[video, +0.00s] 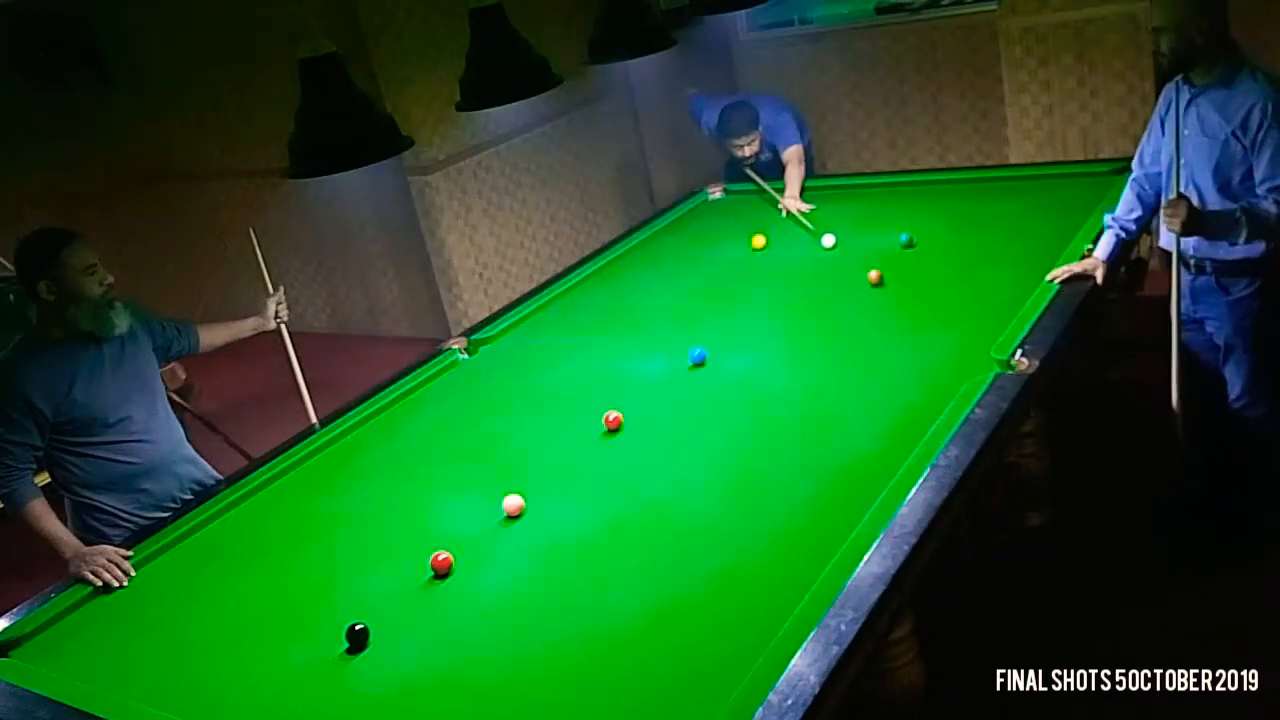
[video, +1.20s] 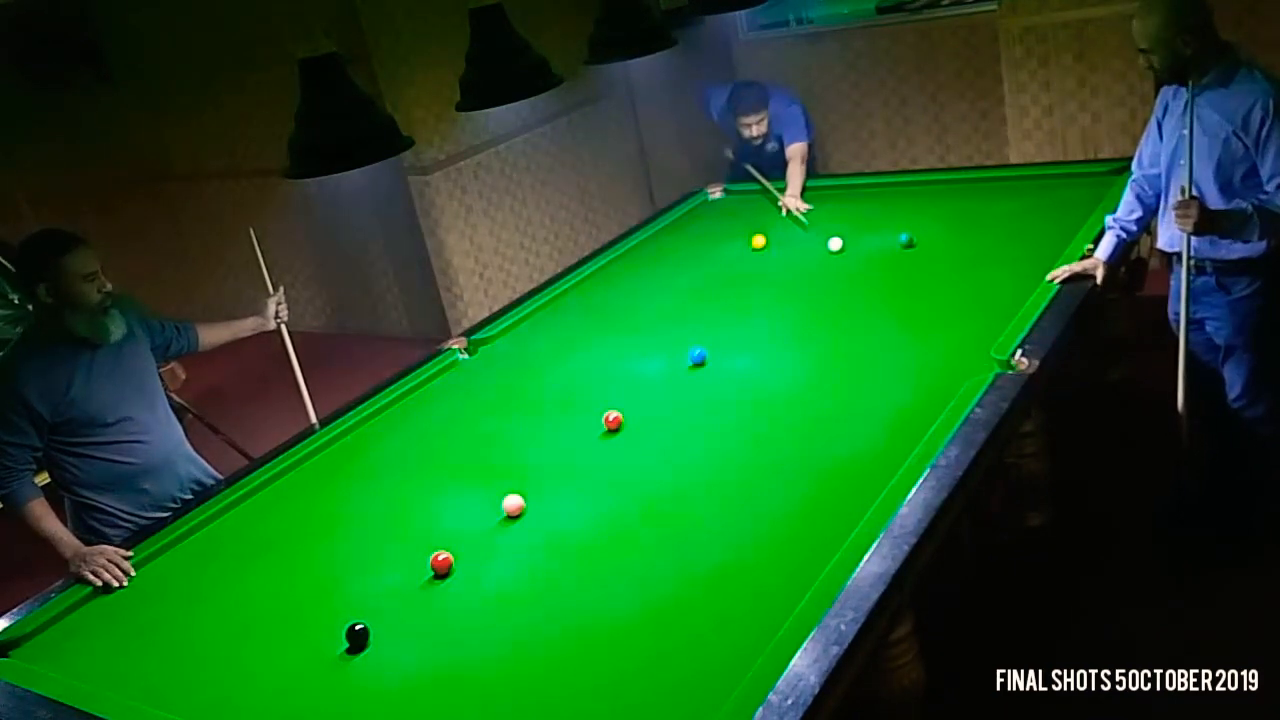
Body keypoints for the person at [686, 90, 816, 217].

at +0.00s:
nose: (747, 152)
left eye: (751, 143)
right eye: (738, 148)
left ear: (760, 131)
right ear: (721, 141)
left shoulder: (778, 120)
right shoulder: (710, 117)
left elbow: (795, 160)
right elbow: (691, 95)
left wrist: (791, 196)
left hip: (779, 156)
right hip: (738, 162)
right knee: (739, 210)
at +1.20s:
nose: (754, 133)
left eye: (760, 123)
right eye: (746, 126)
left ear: (768, 113)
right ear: (732, 119)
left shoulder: (787, 111)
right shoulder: (720, 105)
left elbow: (797, 158)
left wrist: (792, 195)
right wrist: (724, 142)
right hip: (742, 155)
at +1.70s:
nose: (789, 35)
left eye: (795, 27)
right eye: (781, 28)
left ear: (804, 26)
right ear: (769, 30)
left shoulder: (824, 50)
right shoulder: (751, 52)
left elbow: (854, 97)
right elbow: (733, 82)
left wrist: (831, 129)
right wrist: (730, 128)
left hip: (816, 152)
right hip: (767, 152)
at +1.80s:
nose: (797, 19)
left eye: (802, 12)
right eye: (789, 13)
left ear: (811, 15)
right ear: (776, 17)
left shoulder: (830, 37)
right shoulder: (755, 45)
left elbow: (855, 77)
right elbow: (738, 82)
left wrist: (844, 110)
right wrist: (734, 134)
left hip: (822, 150)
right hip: (773, 152)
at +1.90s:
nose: (805, 11)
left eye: (810, 4)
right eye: (797, 5)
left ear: (817, 7)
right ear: (784, 9)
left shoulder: (839, 29)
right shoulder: (760, 40)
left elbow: (858, 65)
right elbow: (744, 88)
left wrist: (850, 97)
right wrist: (739, 144)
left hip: (829, 147)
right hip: (780, 151)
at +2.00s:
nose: (811, 6)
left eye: (816, 1)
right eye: (804, 2)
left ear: (823, 3)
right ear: (791, 4)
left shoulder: (844, 24)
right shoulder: (769, 37)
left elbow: (860, 58)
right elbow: (750, 89)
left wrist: (857, 86)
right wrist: (749, 153)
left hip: (836, 147)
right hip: (789, 151)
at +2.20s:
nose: (826, 2)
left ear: (837, 1)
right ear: (802, 3)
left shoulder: (853, 20)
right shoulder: (783, 40)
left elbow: (868, 55)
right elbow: (769, 101)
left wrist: (870, 77)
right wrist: (783, 163)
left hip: (853, 147)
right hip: (805, 153)